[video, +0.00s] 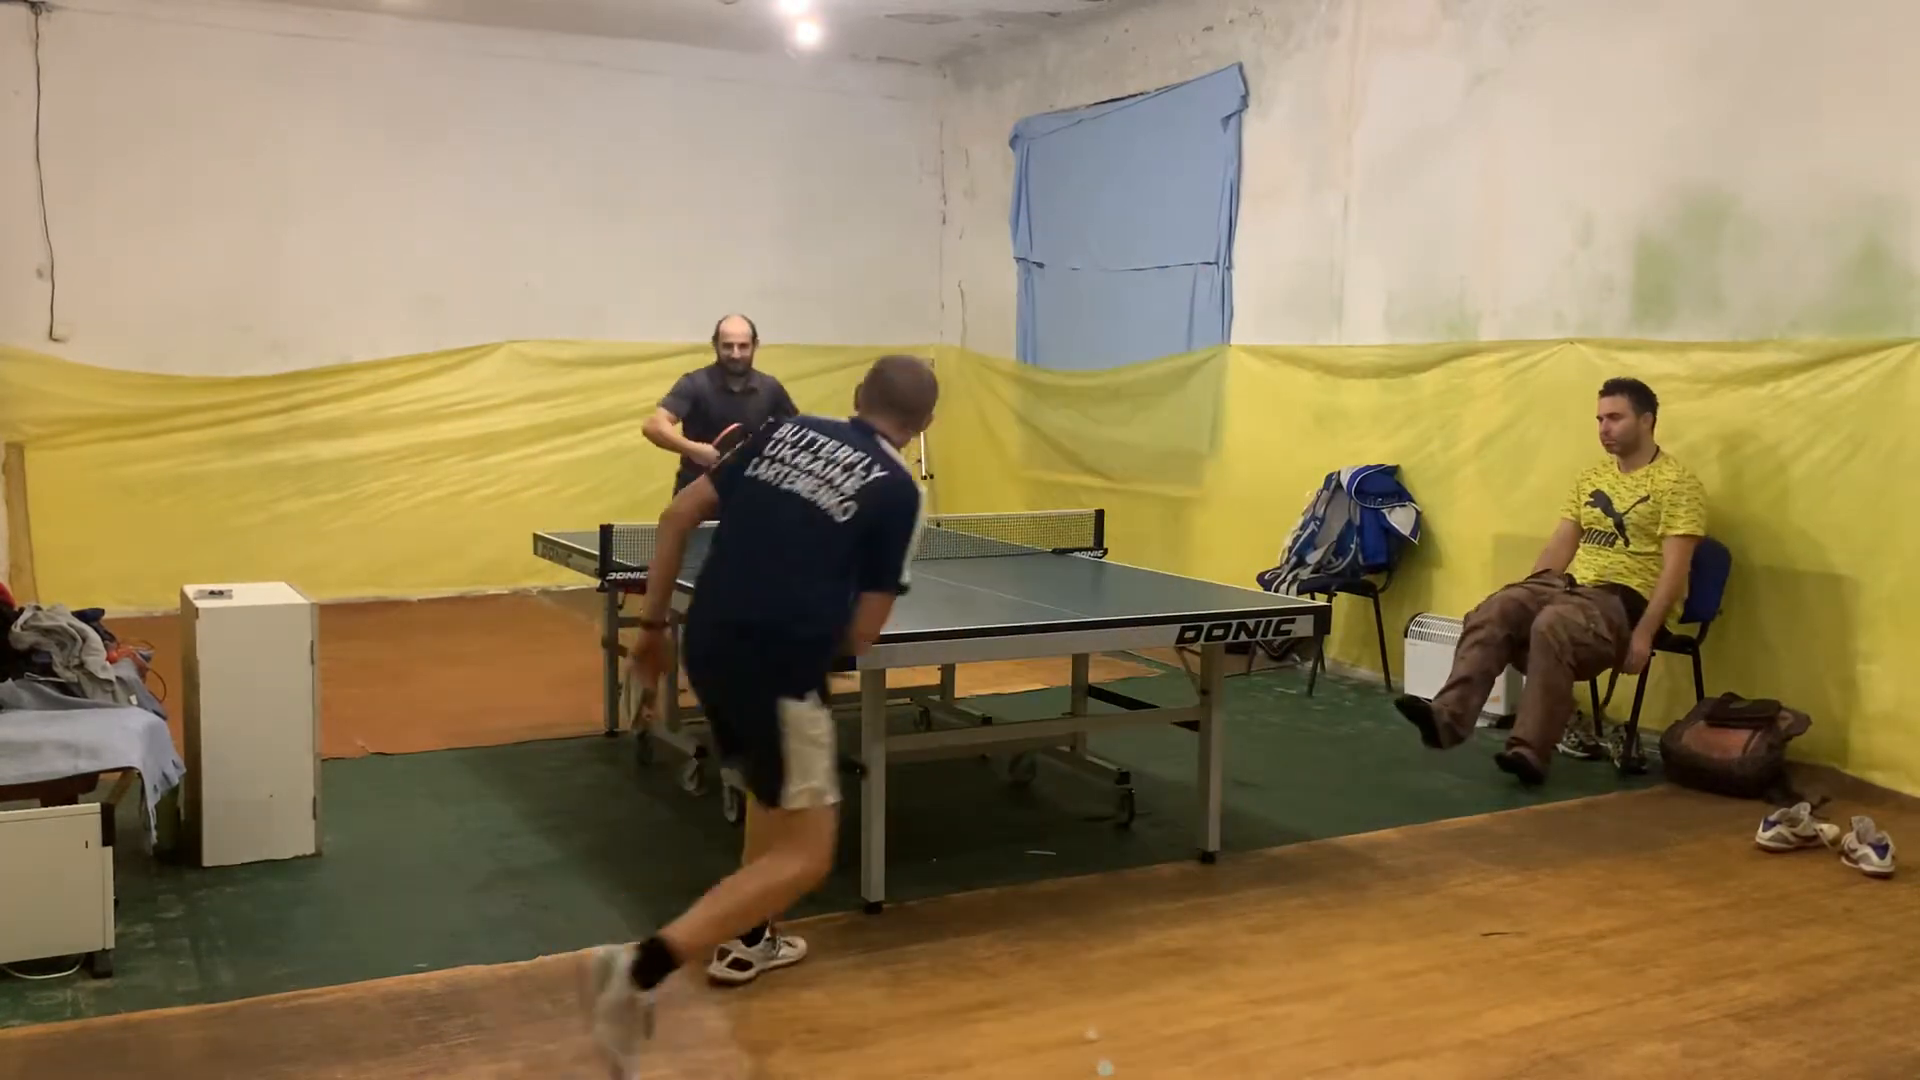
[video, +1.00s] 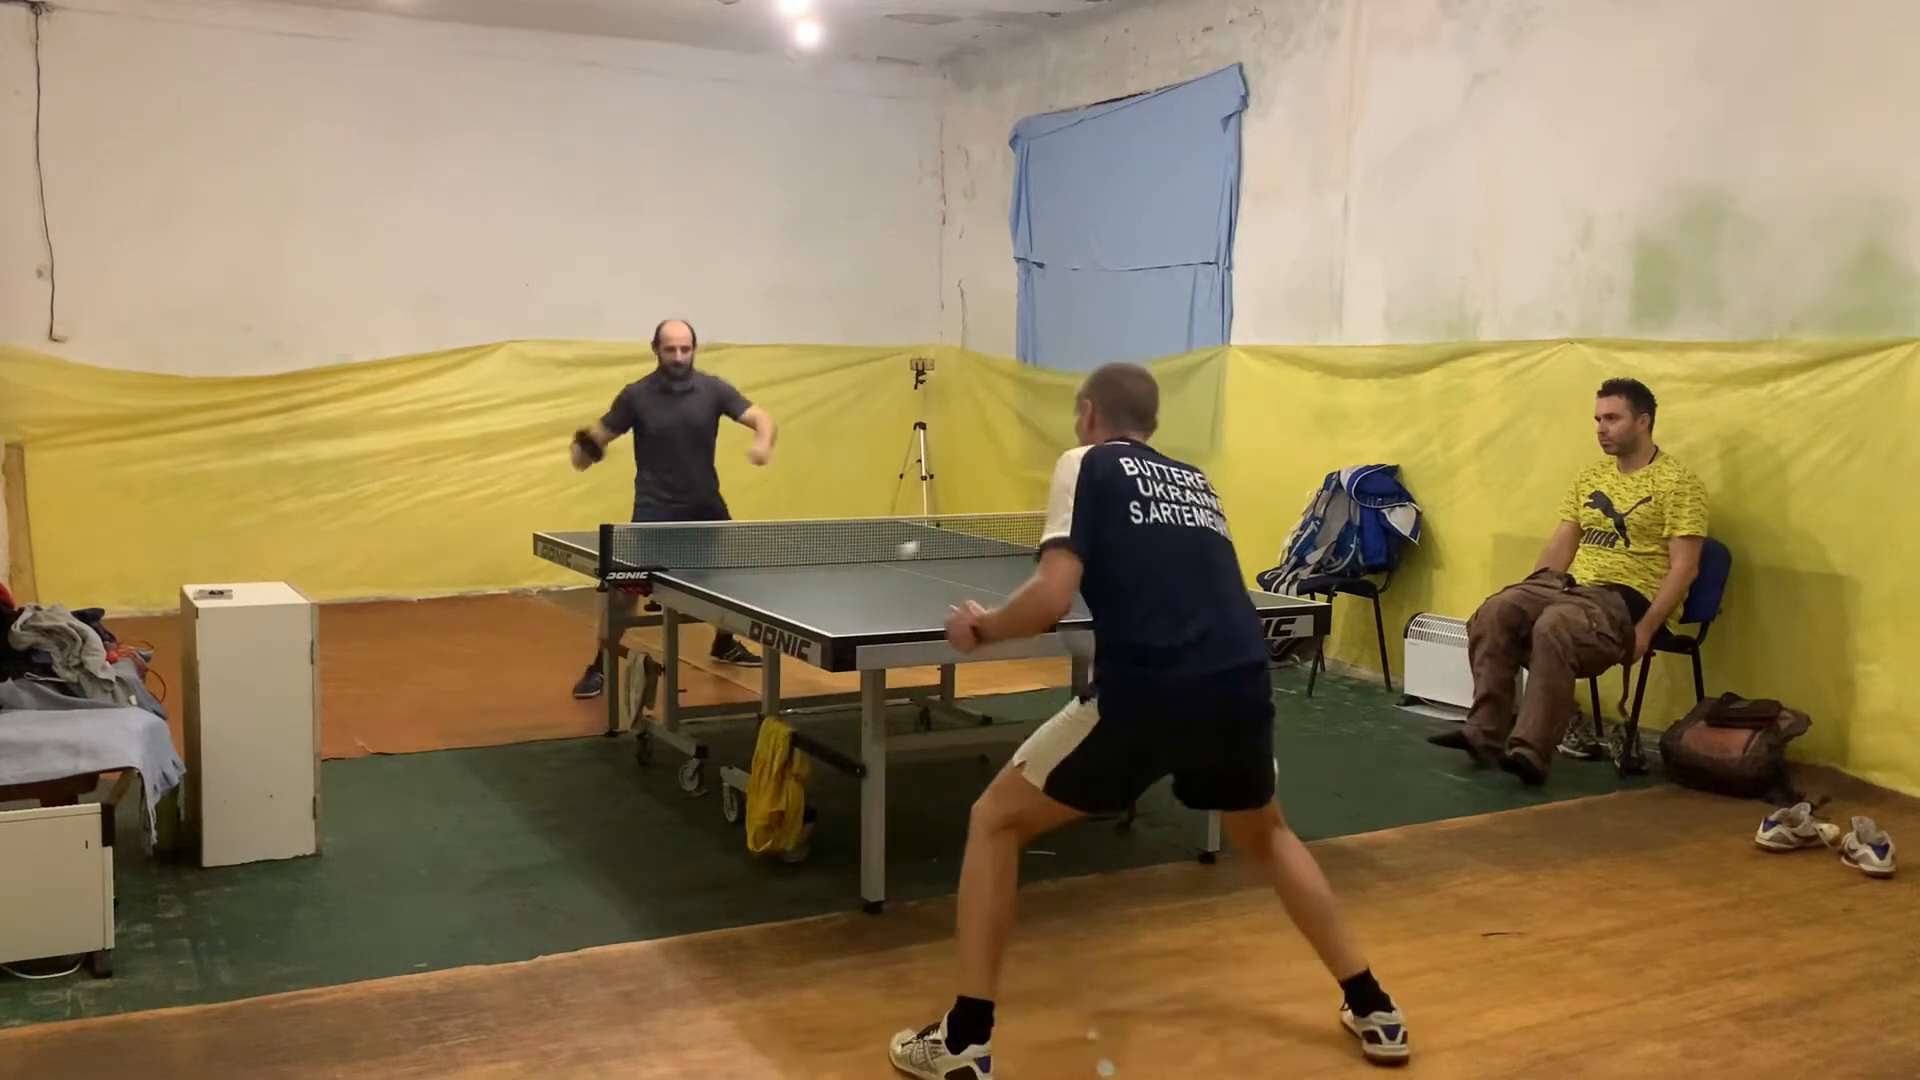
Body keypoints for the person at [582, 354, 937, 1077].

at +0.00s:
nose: (926, 434)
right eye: (928, 424)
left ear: (860, 396)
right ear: (920, 423)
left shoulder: (785, 429)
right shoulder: (896, 490)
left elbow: (678, 516)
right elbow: (866, 629)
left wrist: (654, 622)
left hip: (711, 637)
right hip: (781, 656)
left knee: (768, 792)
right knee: (805, 852)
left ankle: (748, 939)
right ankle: (640, 969)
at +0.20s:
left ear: (886, 344)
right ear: (952, 363)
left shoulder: (829, 391)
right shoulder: (964, 442)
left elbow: (744, 486)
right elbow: (940, 569)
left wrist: (706, 594)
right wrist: (887, 615)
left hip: (797, 620)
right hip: (889, 635)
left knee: (800, 758)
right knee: (953, 797)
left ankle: (779, 938)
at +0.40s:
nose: (961, 366)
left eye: (960, 354)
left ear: (960, 358)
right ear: (1028, 369)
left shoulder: (913, 410)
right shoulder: (1055, 449)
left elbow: (855, 513)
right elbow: (1046, 583)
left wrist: (809, 620)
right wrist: (1001, 633)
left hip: (912, 655)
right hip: (1016, 661)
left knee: (848, 771)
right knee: (1096, 815)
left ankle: (785, 939)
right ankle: (1186, 999)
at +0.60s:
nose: (1030, 343)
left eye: (1032, 332)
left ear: (1038, 335)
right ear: (1108, 344)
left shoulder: (1008, 397)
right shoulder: (1155, 414)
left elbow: (966, 513)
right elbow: (1173, 560)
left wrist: (930, 597)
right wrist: (1108, 585)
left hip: (1038, 643)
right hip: (1141, 644)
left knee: (933, 792)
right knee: (1191, 790)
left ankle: (865, 973)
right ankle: (1224, 977)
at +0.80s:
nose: (1090, 383)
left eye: (1093, 372)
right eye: (1095, 373)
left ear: (1103, 375)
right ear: (1171, 384)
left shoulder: (1075, 440)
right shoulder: (1219, 455)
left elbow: (1031, 566)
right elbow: (1249, 584)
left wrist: (1003, 625)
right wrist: (1203, 624)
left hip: (1113, 689)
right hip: (1220, 689)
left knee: (1003, 827)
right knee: (1274, 823)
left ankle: (966, 1029)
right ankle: (1371, 1006)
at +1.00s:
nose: (1075, 430)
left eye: (1076, 418)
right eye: (1077, 419)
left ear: (1090, 417)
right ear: (1149, 426)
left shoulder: (1083, 464)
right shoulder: (1192, 478)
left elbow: (1051, 597)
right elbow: (1202, 587)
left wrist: (984, 628)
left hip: (1140, 700)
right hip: (1240, 693)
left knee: (995, 821)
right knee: (1268, 834)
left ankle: (966, 1034)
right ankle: (1373, 1008)